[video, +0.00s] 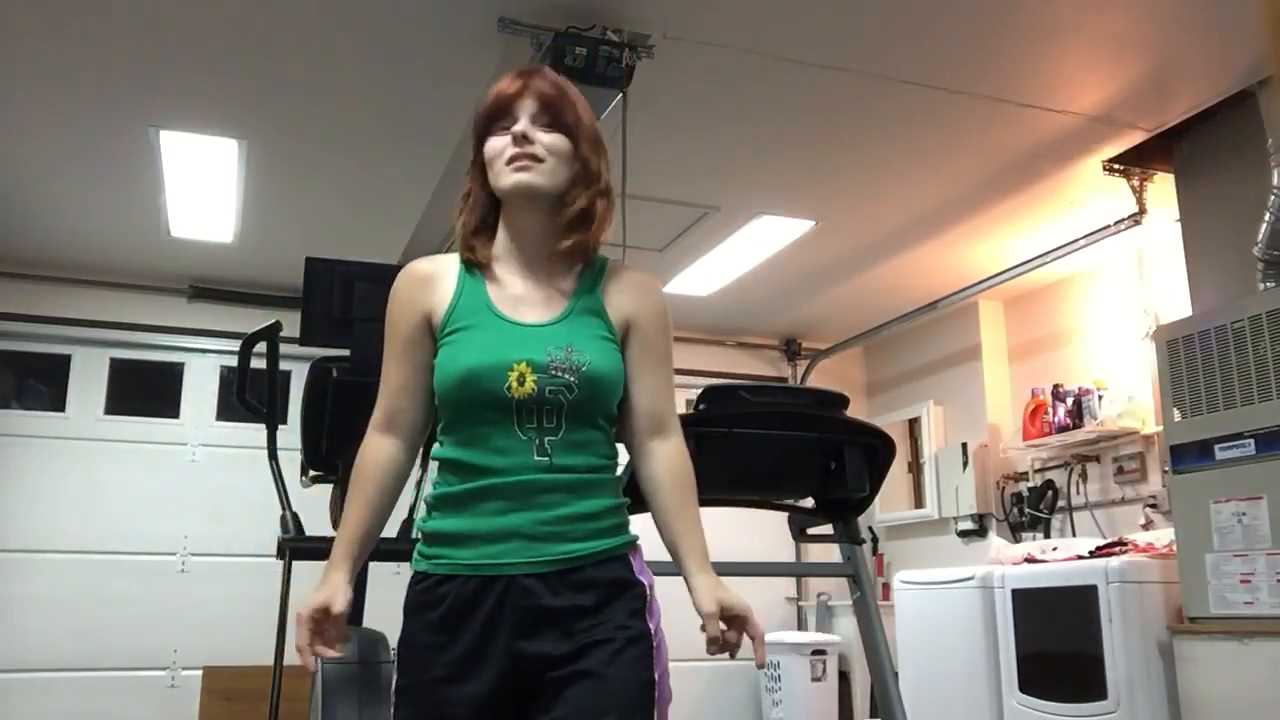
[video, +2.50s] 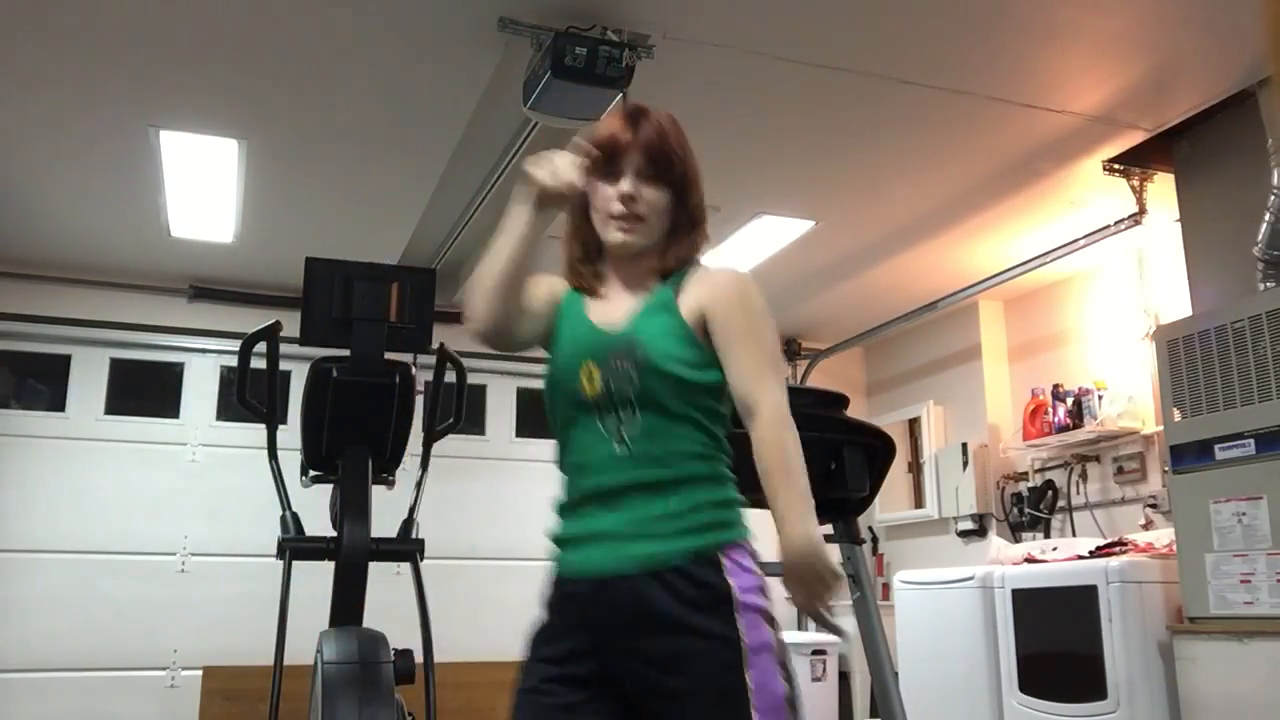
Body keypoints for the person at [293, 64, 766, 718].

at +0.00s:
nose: (521, 135)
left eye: (547, 125)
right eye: (503, 128)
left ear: (584, 158)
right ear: (482, 163)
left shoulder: (630, 294)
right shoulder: (428, 285)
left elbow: (658, 439)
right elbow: (392, 433)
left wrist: (702, 579)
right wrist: (340, 570)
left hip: (596, 602)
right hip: (455, 603)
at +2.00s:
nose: (553, 179)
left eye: (577, 165)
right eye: (535, 165)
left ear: (606, 191)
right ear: (511, 192)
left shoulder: (656, 301)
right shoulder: (471, 316)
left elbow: (696, 430)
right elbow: (449, 459)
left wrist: (725, 559)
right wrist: (397, 582)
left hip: (624, 607)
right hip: (490, 605)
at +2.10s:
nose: (556, 195)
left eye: (577, 178)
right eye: (536, 180)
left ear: (608, 199)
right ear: (515, 202)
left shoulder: (667, 317)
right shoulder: (476, 326)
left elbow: (705, 435)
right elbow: (454, 459)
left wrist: (730, 539)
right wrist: (349, 543)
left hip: (624, 622)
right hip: (488, 617)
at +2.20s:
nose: (562, 216)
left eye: (583, 200)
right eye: (542, 202)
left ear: (615, 221)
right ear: (519, 228)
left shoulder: (671, 322)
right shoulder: (488, 344)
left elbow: (717, 420)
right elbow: (425, 465)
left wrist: (739, 474)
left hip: (631, 629)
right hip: (498, 618)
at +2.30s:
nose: (578, 194)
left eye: (601, 177)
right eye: (558, 178)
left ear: (631, 198)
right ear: (537, 201)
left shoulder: (679, 293)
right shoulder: (504, 310)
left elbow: (741, 388)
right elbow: (407, 404)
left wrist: (752, 443)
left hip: (648, 607)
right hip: (517, 601)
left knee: (696, 708)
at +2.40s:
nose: (603, 176)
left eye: (627, 159)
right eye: (584, 160)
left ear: (656, 179)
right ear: (561, 180)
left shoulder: (692, 268)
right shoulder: (529, 282)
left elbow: (751, 365)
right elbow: (436, 339)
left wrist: (775, 471)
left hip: (669, 570)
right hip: (545, 572)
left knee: (710, 710)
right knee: (517, 708)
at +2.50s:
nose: (626, 192)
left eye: (650, 177)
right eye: (610, 173)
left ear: (679, 199)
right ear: (584, 190)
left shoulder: (716, 292)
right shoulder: (556, 299)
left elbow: (768, 412)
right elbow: (487, 322)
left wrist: (799, 542)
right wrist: (530, 206)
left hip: (698, 591)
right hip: (582, 595)